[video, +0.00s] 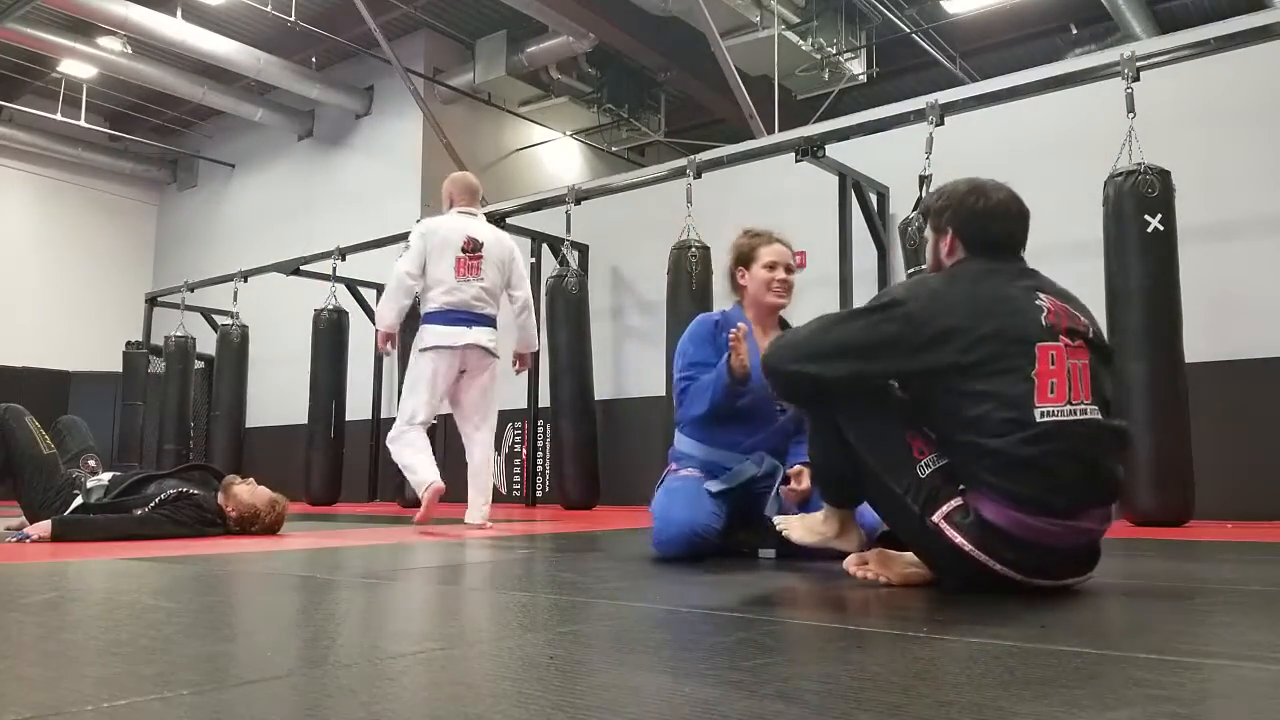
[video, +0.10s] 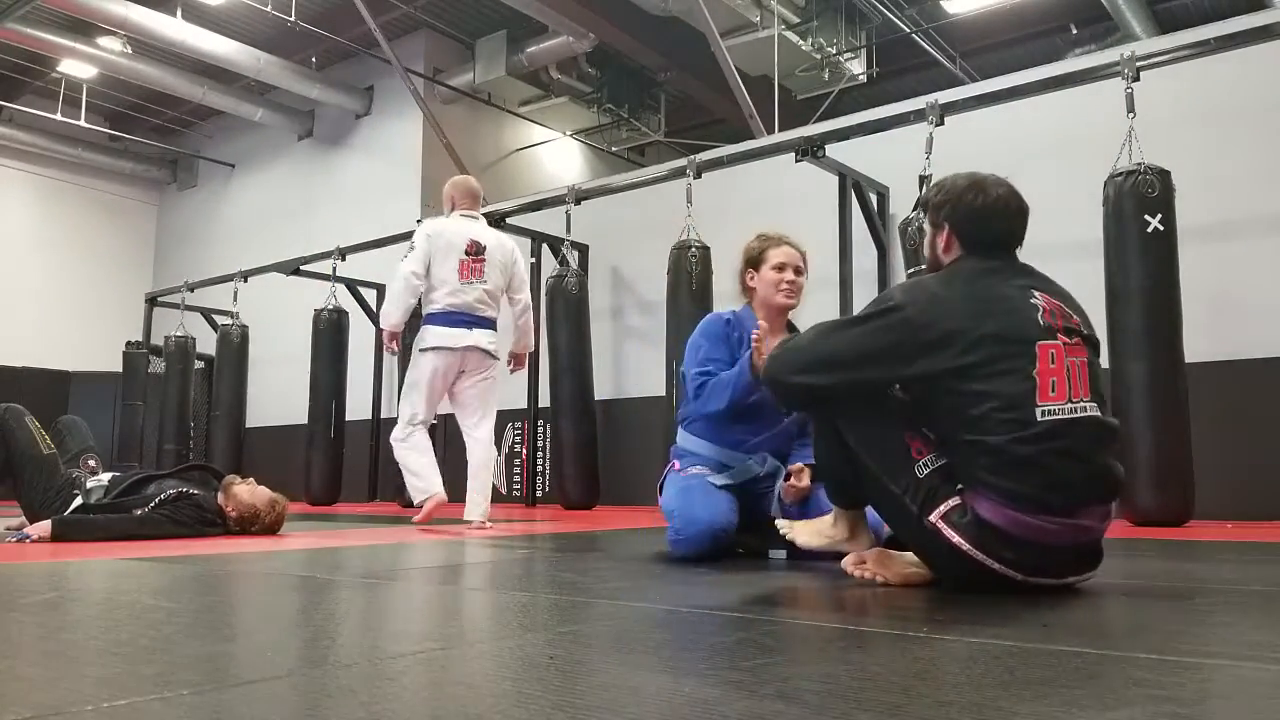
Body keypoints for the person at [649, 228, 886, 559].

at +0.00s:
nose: (782, 277)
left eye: (788, 270)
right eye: (770, 268)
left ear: (795, 280)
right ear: (742, 276)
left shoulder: (799, 345)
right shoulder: (708, 329)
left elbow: (803, 421)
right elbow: (688, 405)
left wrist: (800, 461)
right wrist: (731, 374)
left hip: (777, 476)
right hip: (702, 472)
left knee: (867, 525)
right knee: (680, 537)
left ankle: (764, 532)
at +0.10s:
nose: (791, 279)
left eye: (798, 272)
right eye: (779, 269)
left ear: (805, 284)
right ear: (751, 279)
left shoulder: (805, 350)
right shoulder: (717, 329)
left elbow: (808, 425)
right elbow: (703, 400)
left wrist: (801, 463)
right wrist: (752, 368)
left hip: (775, 474)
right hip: (704, 468)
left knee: (869, 529)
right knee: (703, 534)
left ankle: (766, 529)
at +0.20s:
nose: (794, 278)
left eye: (802, 272)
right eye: (782, 269)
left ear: (808, 283)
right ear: (755, 279)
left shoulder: (807, 349)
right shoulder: (722, 328)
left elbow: (811, 421)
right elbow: (728, 392)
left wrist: (802, 462)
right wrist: (786, 362)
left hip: (779, 470)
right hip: (708, 466)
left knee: (867, 530)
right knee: (729, 531)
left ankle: (782, 524)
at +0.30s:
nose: (793, 276)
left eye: (800, 270)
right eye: (781, 266)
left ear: (808, 282)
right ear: (754, 277)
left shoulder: (808, 348)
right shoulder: (722, 326)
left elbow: (812, 420)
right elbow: (741, 395)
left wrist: (802, 463)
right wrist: (803, 371)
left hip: (778, 471)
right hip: (708, 467)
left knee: (866, 534)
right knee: (744, 533)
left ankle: (783, 526)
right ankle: (697, 538)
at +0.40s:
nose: (791, 272)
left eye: (798, 266)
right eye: (779, 264)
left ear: (806, 279)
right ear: (752, 276)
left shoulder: (807, 346)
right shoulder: (720, 327)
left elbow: (812, 414)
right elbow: (720, 402)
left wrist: (802, 466)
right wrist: (794, 381)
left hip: (778, 472)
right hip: (707, 467)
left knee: (866, 535)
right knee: (739, 535)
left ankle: (780, 525)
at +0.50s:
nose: (786, 271)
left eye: (793, 265)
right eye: (774, 263)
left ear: (801, 278)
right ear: (746, 276)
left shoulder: (806, 348)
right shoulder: (714, 330)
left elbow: (814, 418)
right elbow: (703, 409)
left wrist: (802, 469)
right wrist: (783, 389)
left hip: (778, 473)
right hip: (704, 468)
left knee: (866, 534)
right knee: (734, 534)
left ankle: (781, 527)